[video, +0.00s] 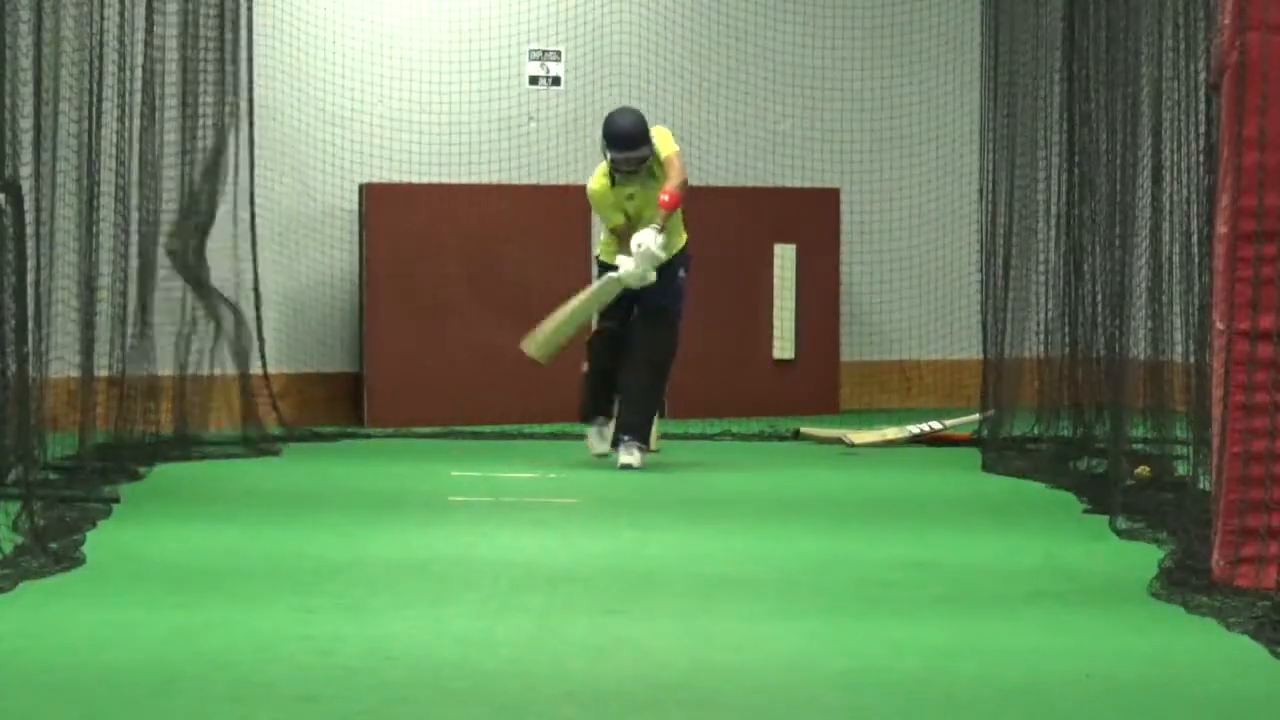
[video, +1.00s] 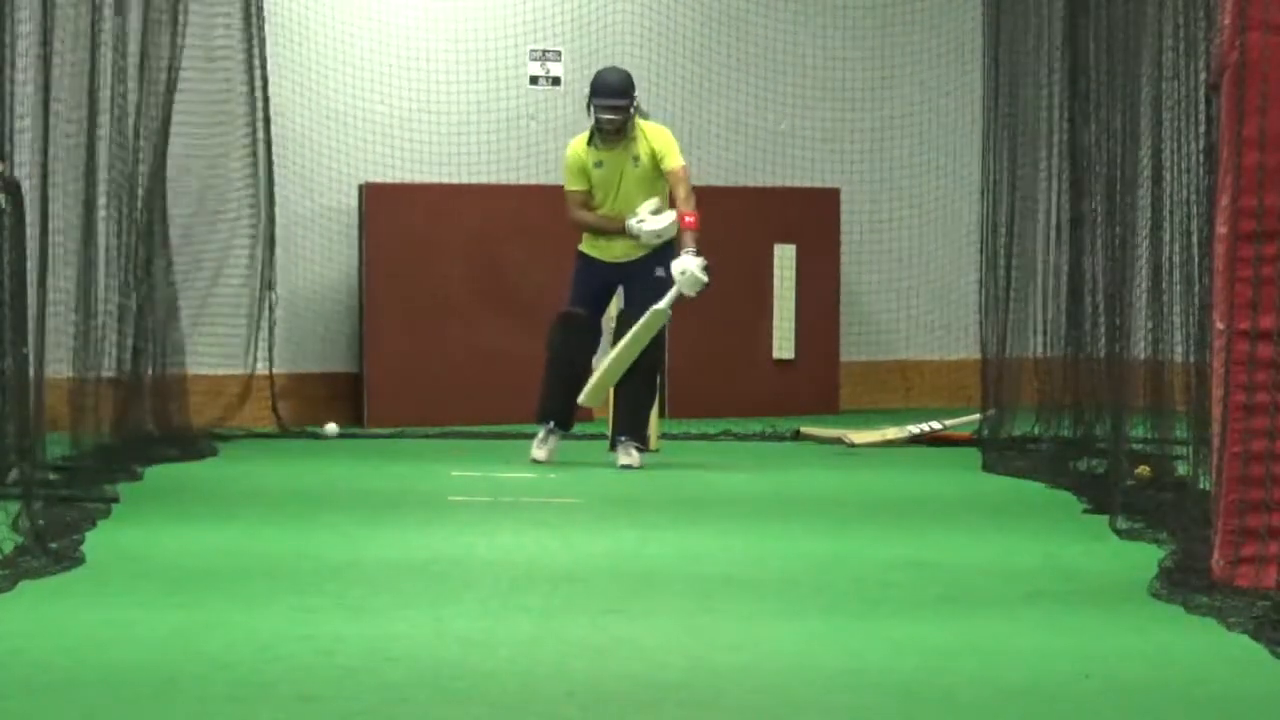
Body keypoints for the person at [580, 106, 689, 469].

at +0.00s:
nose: (632, 170)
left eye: (638, 161)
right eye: (623, 164)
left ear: (650, 146)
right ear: (608, 155)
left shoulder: (661, 140)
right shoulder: (600, 187)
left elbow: (677, 177)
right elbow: (621, 233)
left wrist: (655, 227)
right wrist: (630, 258)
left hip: (666, 255)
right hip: (616, 259)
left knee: (653, 345)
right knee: (610, 340)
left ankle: (633, 437)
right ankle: (601, 416)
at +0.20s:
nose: (627, 156)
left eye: (635, 149)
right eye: (619, 149)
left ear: (649, 135)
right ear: (607, 138)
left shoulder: (666, 140)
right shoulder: (594, 171)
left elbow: (683, 184)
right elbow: (610, 226)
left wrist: (659, 233)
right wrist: (626, 254)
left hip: (656, 250)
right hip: (605, 251)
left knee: (645, 345)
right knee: (578, 336)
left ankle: (629, 439)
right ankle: (546, 421)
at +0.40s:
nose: (623, 142)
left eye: (631, 135)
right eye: (615, 135)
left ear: (645, 125)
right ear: (603, 126)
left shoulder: (660, 132)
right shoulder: (590, 165)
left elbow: (679, 170)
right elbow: (608, 222)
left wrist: (658, 215)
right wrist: (633, 240)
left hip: (651, 249)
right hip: (601, 250)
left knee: (644, 345)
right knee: (580, 336)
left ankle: (628, 438)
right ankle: (544, 425)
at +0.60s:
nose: (617, 133)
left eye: (625, 125)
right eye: (610, 125)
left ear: (639, 117)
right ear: (598, 119)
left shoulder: (656, 131)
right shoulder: (586, 158)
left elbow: (673, 172)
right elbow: (597, 218)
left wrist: (656, 217)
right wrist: (630, 239)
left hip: (647, 260)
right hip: (599, 256)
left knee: (642, 349)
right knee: (572, 338)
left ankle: (629, 439)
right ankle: (547, 425)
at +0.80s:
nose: (612, 122)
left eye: (620, 115)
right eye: (604, 114)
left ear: (634, 112)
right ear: (593, 112)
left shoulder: (655, 135)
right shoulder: (579, 155)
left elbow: (673, 179)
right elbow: (588, 217)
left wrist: (668, 220)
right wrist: (639, 229)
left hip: (645, 258)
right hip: (596, 258)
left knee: (642, 349)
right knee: (573, 336)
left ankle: (629, 439)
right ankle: (550, 426)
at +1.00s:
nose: (610, 117)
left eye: (618, 110)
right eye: (602, 109)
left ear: (632, 107)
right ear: (591, 107)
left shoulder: (657, 139)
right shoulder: (578, 151)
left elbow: (682, 193)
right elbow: (576, 213)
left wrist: (688, 251)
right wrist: (627, 227)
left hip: (649, 258)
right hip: (596, 257)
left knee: (642, 346)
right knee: (574, 334)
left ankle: (629, 439)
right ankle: (553, 426)